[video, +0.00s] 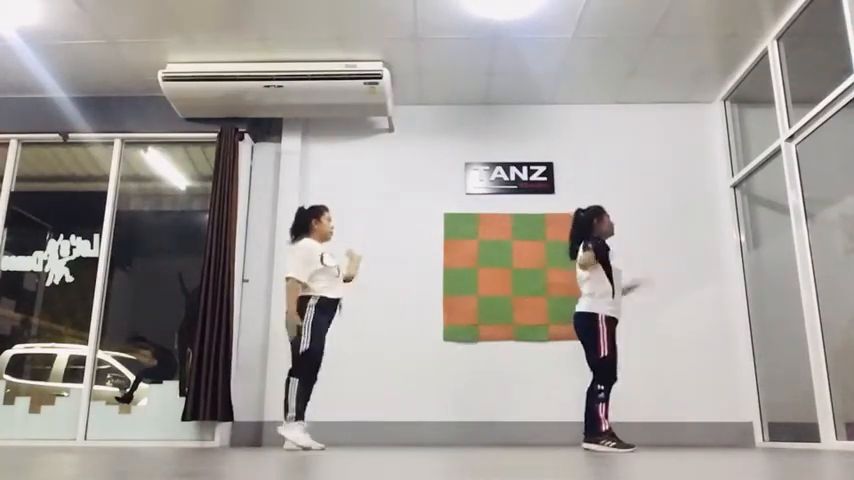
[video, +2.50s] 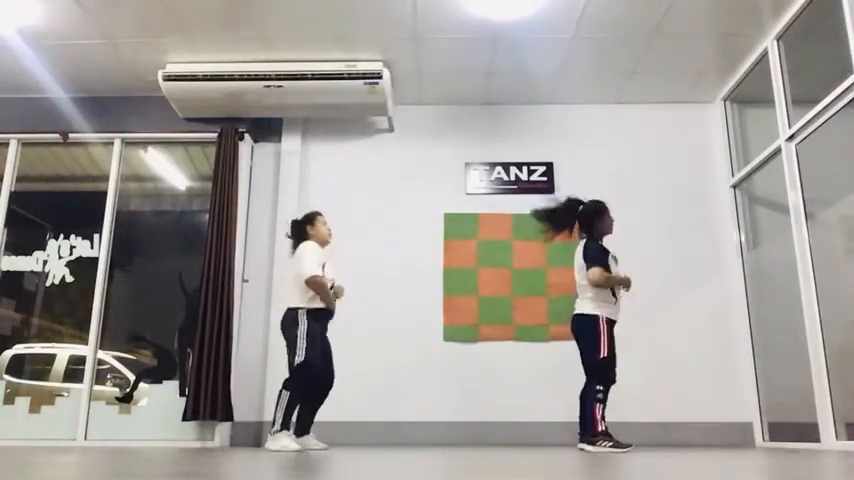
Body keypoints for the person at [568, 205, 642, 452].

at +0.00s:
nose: (612, 222)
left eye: (609, 217)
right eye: (608, 218)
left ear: (597, 223)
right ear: (597, 223)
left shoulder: (603, 251)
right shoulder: (593, 244)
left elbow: (606, 292)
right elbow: (586, 257)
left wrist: (628, 288)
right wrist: (586, 257)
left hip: (601, 315)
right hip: (595, 315)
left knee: (604, 375)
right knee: (604, 374)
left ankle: (596, 433)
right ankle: (598, 433)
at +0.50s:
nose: (608, 221)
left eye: (605, 216)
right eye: (604, 217)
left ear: (590, 223)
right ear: (595, 222)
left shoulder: (584, 247)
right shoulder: (597, 245)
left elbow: (589, 278)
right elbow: (600, 272)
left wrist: (609, 283)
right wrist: (617, 284)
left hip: (588, 312)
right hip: (600, 314)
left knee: (598, 375)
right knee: (601, 375)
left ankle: (593, 432)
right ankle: (597, 433)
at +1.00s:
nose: (617, 254)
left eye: (618, 250)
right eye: (616, 249)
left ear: (595, 244)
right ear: (605, 243)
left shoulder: (578, 263)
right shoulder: (604, 258)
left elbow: (579, 297)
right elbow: (616, 290)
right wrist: (611, 307)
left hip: (577, 330)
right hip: (593, 329)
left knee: (611, 379)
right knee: (623, 378)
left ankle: (592, 433)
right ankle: (599, 433)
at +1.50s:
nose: (592, 222)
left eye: (589, 218)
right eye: (588, 219)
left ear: (572, 229)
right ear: (580, 227)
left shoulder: (573, 255)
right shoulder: (583, 255)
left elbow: (596, 288)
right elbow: (603, 290)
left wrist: (607, 284)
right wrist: (616, 284)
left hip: (594, 320)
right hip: (599, 321)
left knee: (609, 378)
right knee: (612, 377)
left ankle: (593, 432)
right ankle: (596, 434)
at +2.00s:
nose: (612, 259)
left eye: (614, 255)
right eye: (612, 253)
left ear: (591, 248)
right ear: (602, 248)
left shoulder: (573, 267)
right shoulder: (595, 263)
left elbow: (577, 303)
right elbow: (608, 298)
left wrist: (602, 304)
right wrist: (613, 305)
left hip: (582, 338)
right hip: (598, 337)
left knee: (615, 383)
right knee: (633, 383)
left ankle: (592, 433)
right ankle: (601, 434)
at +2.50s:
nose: (613, 220)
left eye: (610, 216)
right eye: (608, 217)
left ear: (592, 223)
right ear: (598, 222)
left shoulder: (593, 247)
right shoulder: (592, 247)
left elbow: (596, 279)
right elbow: (595, 276)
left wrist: (616, 282)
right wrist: (620, 280)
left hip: (595, 317)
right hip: (594, 318)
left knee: (599, 377)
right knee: (601, 376)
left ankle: (592, 432)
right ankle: (594, 434)